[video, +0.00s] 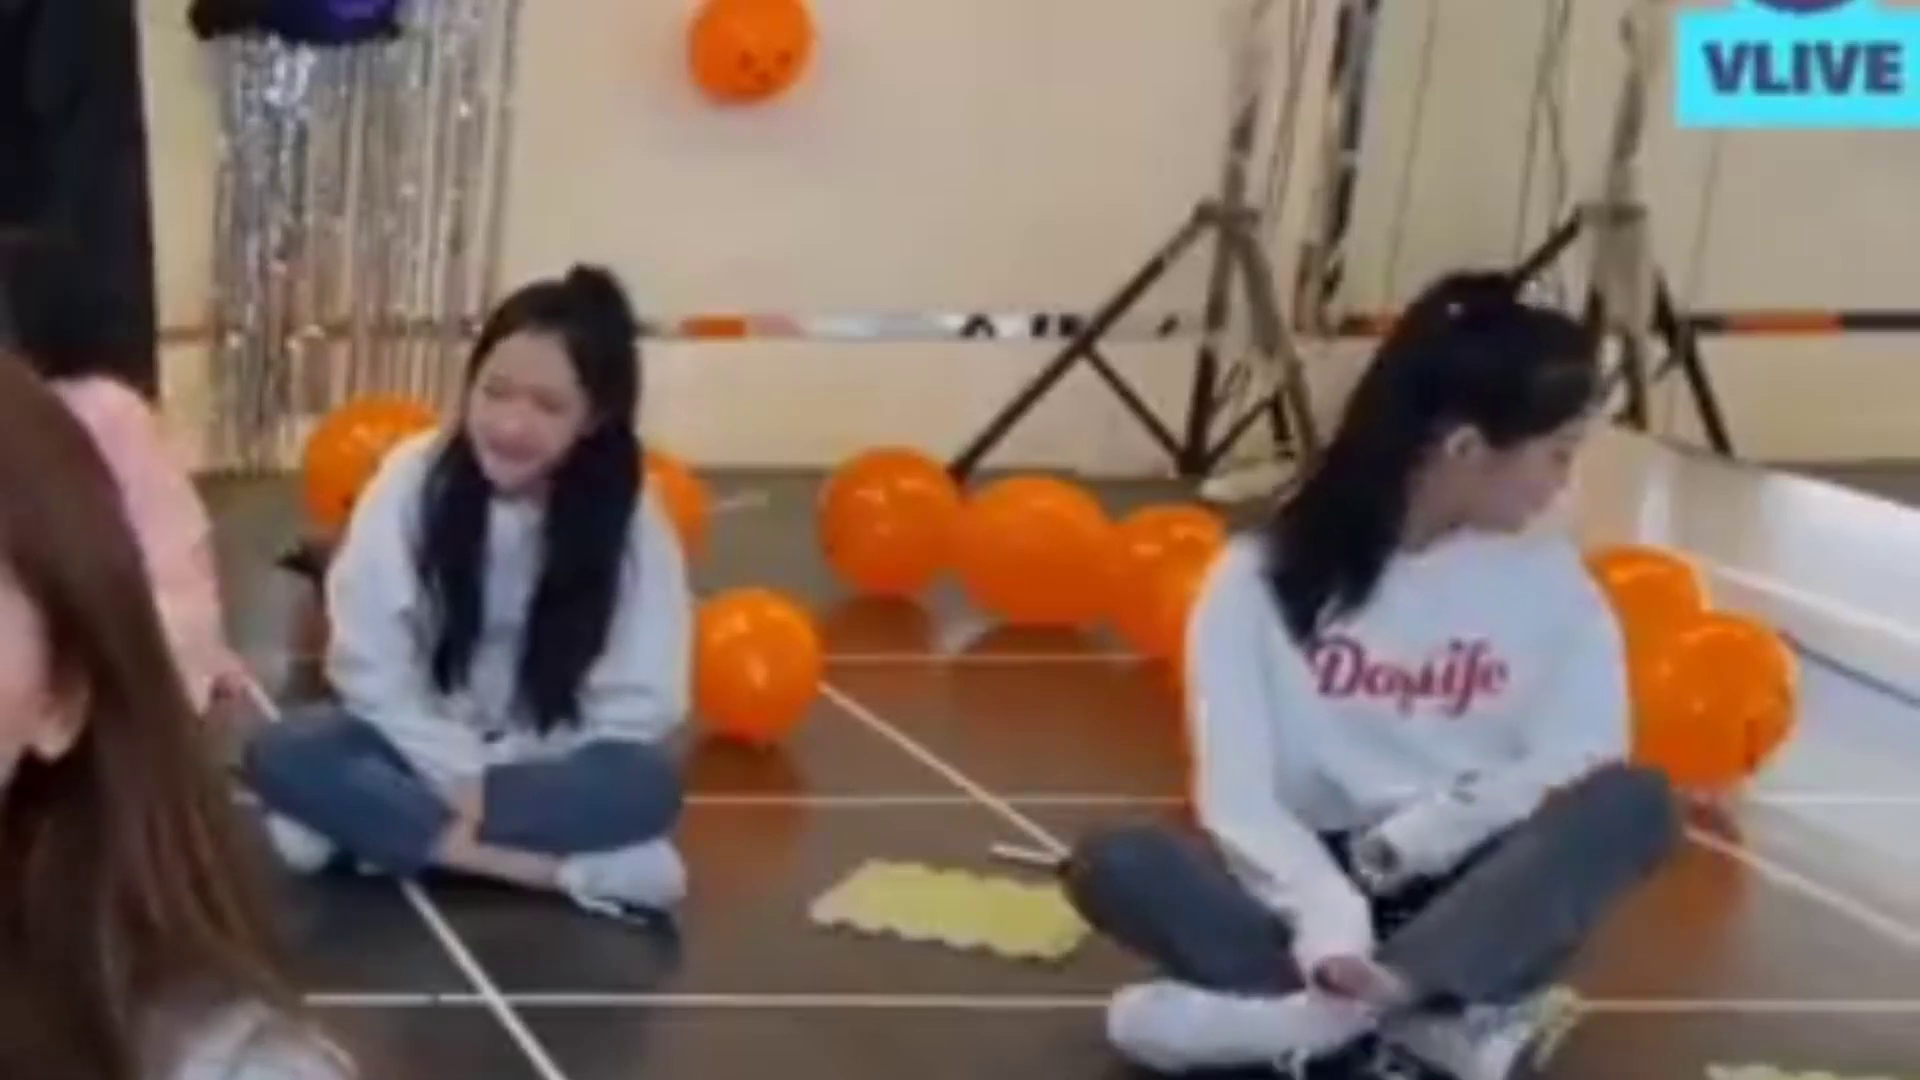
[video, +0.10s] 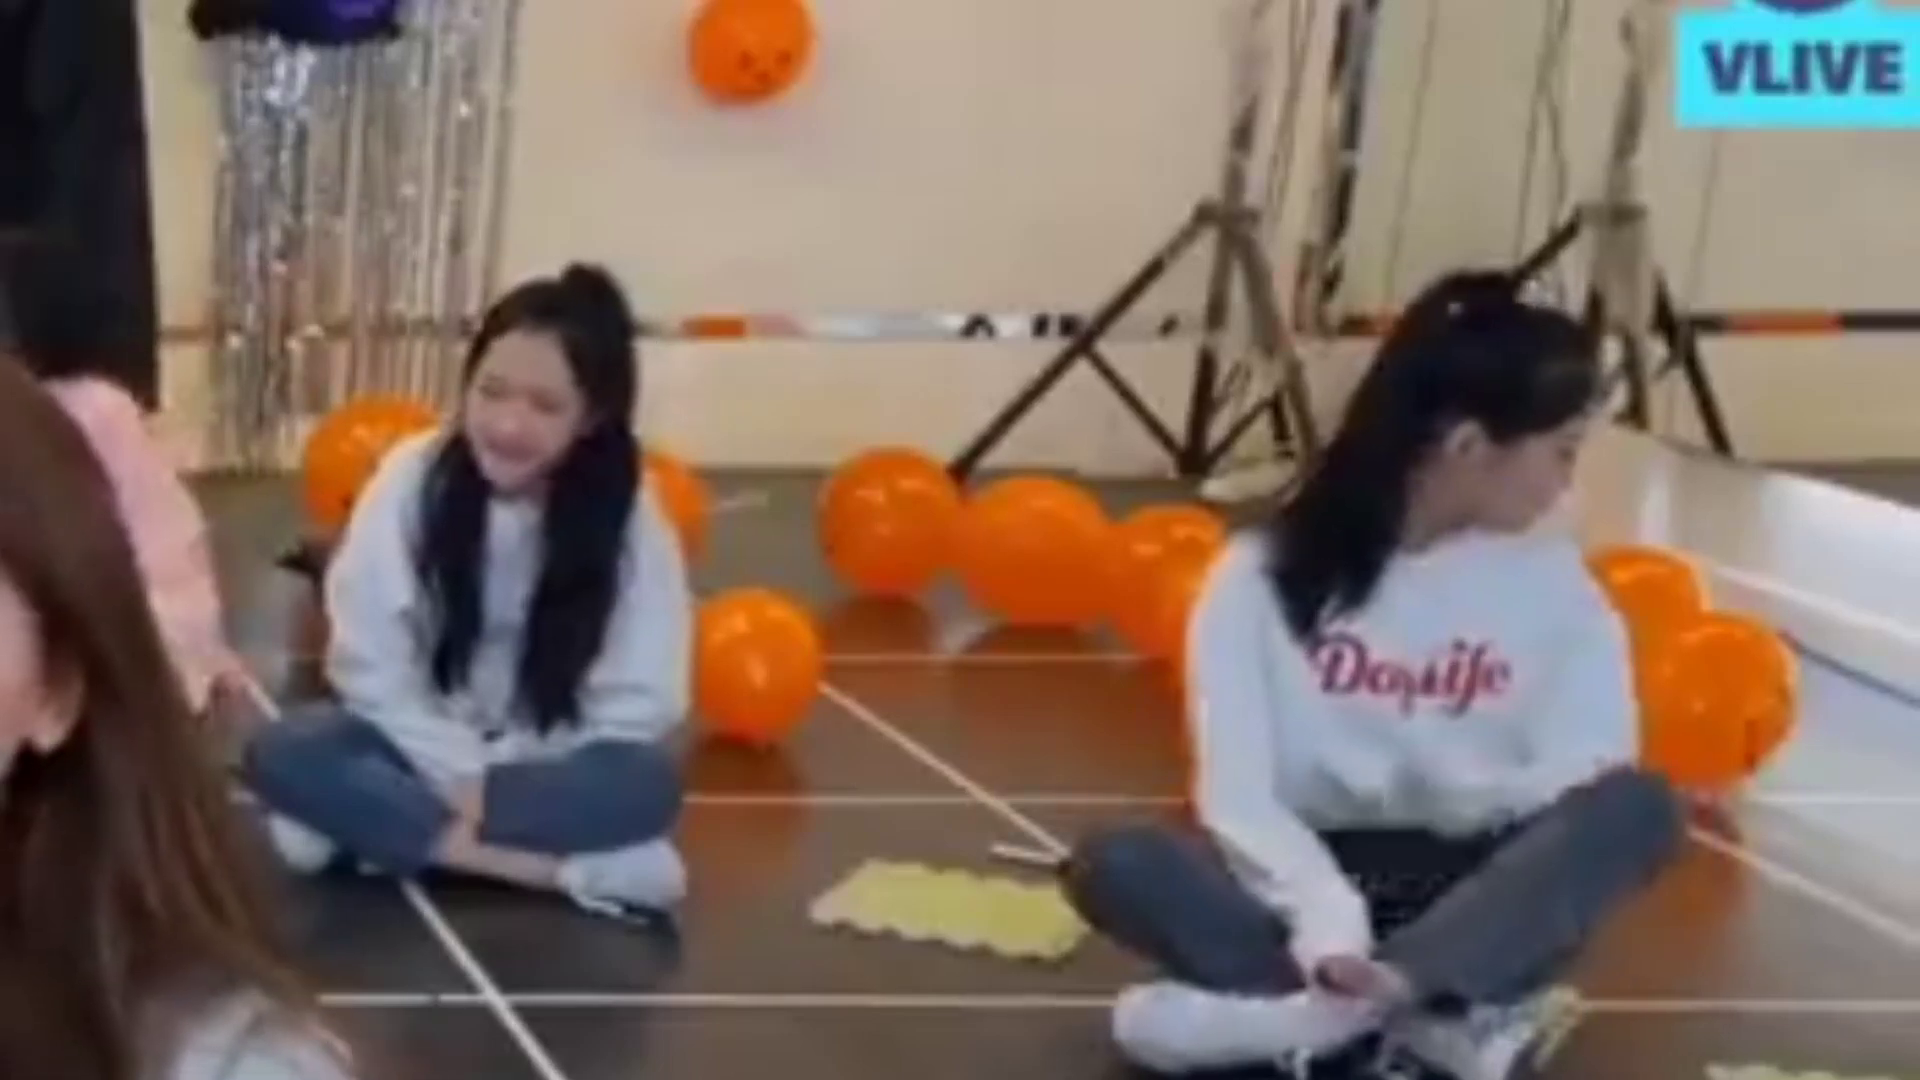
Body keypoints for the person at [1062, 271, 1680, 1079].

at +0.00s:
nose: (1565, 481)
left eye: (1571, 455)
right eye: (1556, 454)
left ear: (1464, 450)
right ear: (1461, 448)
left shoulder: (1545, 576)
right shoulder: (1256, 579)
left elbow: (1584, 754)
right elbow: (1236, 798)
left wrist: (1401, 845)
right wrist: (1328, 906)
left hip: (1470, 875)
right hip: (1296, 872)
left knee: (1635, 804)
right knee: (1112, 862)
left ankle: (1330, 1016)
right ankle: (1422, 1030)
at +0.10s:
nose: (1569, 480)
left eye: (1574, 453)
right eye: (1560, 452)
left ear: (1467, 448)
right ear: (1465, 445)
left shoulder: (1550, 578)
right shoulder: (1258, 576)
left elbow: (1592, 773)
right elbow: (1235, 799)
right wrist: (1328, 913)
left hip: (1484, 865)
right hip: (1303, 864)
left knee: (1640, 808)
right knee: (1112, 861)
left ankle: (1328, 1019)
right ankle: (1422, 1031)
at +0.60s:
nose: (1760, 510)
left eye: (1763, 484)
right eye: (1743, 485)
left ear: (1651, 483)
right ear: (1640, 479)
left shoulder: (1703, 648)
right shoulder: (1431, 564)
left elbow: (1784, 823)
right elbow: (1312, 767)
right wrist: (1305, 952)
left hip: (1513, 898)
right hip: (1354, 866)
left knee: (1703, 878)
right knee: (1108, 858)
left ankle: (1363, 1030)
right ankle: (1421, 1045)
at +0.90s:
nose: (1805, 540)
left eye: (1813, 515)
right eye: (1789, 516)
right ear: (1689, 501)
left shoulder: (1737, 676)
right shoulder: (1486, 558)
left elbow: (1852, 829)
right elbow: (1372, 757)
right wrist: (1354, 949)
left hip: (1518, 896)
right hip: (1369, 854)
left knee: (1698, 902)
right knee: (1124, 823)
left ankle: (1329, 1040)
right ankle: (1408, 1046)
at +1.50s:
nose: (1796, 529)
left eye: (1807, 502)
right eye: (1777, 503)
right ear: (1676, 481)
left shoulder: (1745, 657)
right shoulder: (1482, 553)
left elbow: (1901, 766)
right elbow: (1382, 758)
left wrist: (1703, 810)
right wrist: (1355, 950)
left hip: (1513, 887)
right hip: (1366, 850)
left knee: (1687, 893)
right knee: (1139, 795)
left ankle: (1326, 1038)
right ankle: (1410, 1045)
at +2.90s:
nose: (1599, 485)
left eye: (1620, 457)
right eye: (1576, 453)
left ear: (1637, 446)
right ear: (1472, 421)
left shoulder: (1621, 598)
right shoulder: (1320, 570)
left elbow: (1719, 779)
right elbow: (1258, 792)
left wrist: (1892, 844)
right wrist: (1360, 897)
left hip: (1481, 895)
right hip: (1309, 875)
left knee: (1672, 880)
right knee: (1091, 845)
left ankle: (1315, 1032)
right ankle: (1398, 1040)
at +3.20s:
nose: (1626, 531)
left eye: (1647, 501)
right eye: (1597, 497)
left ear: (1671, 492)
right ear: (1498, 472)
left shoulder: (1661, 654)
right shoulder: (1368, 600)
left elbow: (1818, 807)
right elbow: (1242, 763)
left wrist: (1906, 878)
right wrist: (1259, 918)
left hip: (1478, 921)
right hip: (1306, 891)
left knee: (1682, 915)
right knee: (1081, 863)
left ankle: (1328, 1032)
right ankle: (1415, 1043)